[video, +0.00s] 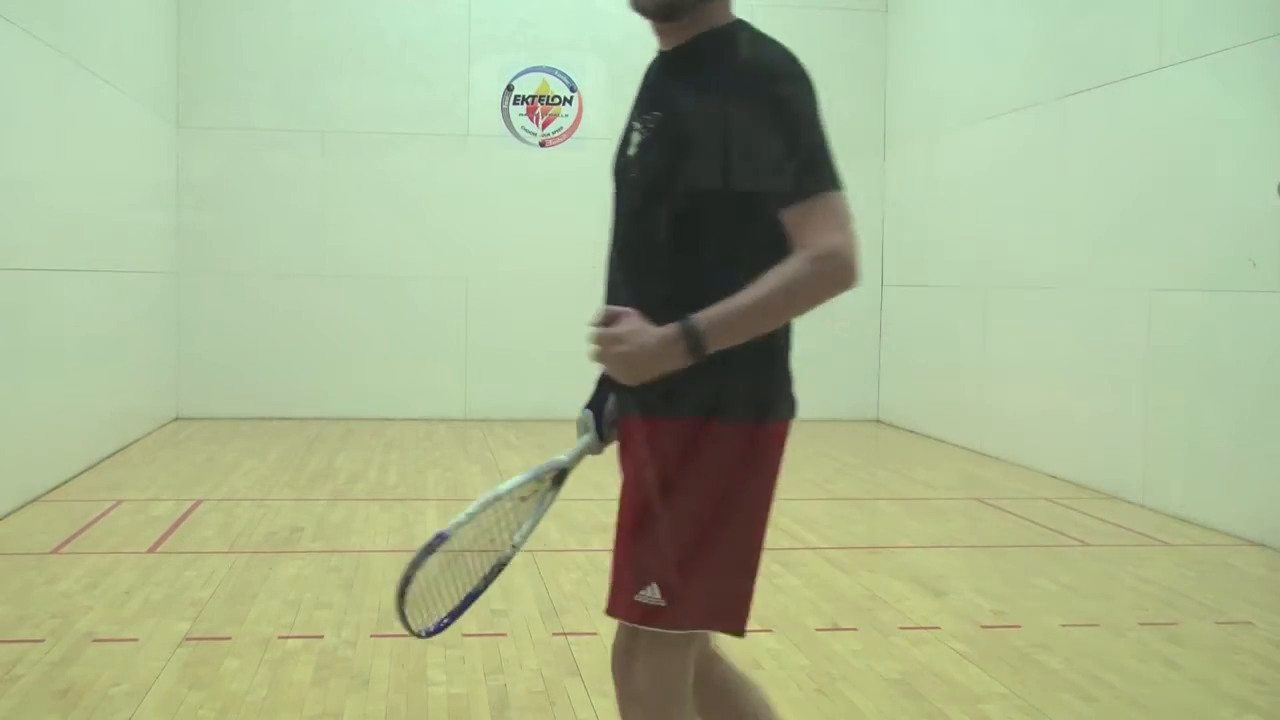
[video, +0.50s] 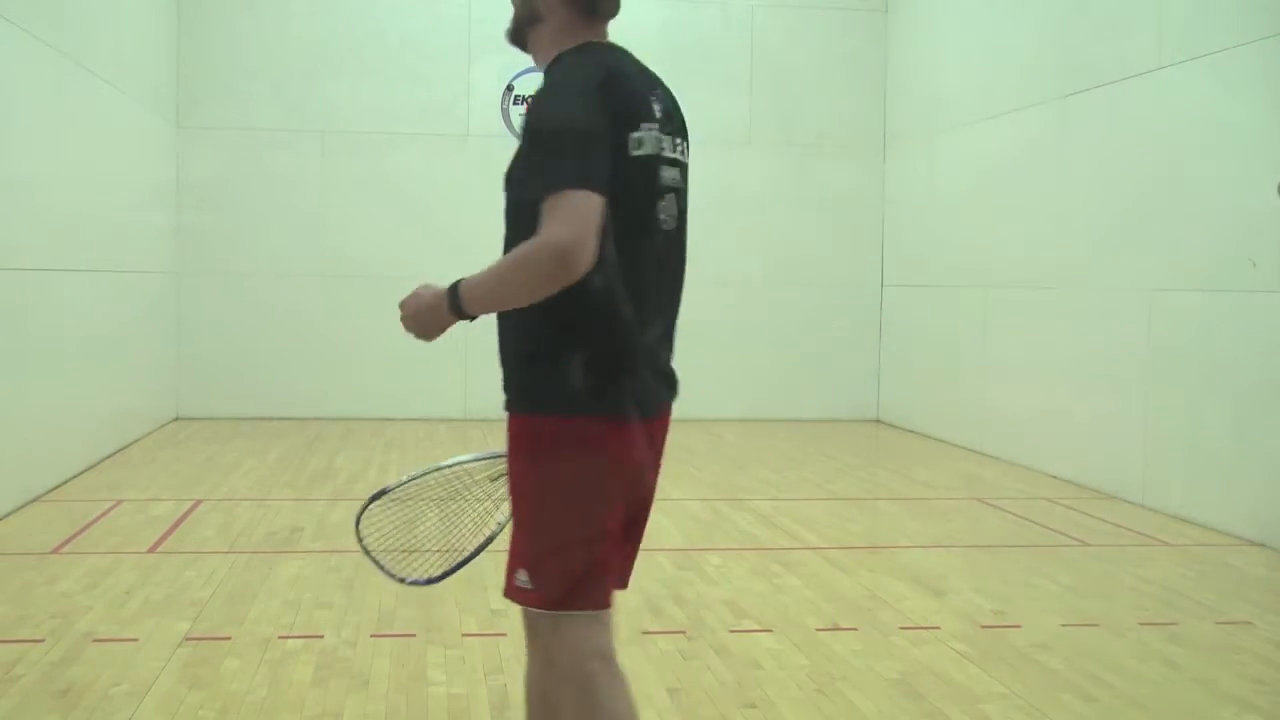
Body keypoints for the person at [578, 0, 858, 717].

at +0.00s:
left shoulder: (757, 73)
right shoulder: (668, 74)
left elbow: (831, 259)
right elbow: (680, 254)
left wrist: (675, 343)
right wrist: (624, 379)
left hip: (719, 410)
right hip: (666, 404)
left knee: (649, 666)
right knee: (680, 653)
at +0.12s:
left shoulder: (727, 69)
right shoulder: (643, 75)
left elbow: (779, 257)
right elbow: (658, 247)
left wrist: (618, 328)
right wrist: (604, 370)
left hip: (693, 405)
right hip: (644, 399)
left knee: (646, 651)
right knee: (609, 636)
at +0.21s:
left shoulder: (697, 65)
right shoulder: (625, 71)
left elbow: (727, 252)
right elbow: (632, 245)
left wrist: (560, 307)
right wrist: (586, 377)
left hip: (668, 401)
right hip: (622, 395)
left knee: (643, 650)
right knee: (579, 616)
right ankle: (667, 704)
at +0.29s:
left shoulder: (662, 66)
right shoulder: (613, 73)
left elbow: (680, 251)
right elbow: (625, 251)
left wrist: (515, 289)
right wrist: (575, 389)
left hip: (647, 401)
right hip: (606, 397)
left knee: (625, 630)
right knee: (569, 605)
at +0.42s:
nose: (517, 6)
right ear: (599, 3)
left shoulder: (608, 72)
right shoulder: (623, 76)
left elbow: (609, 250)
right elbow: (624, 278)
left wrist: (470, 290)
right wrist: (556, 418)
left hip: (610, 403)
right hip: (592, 401)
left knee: (609, 640)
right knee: (559, 613)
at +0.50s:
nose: (512, 9)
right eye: (517, 1)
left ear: (539, 5)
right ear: (603, 9)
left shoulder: (578, 83)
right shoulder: (647, 91)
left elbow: (566, 247)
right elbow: (629, 274)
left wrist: (452, 300)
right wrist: (540, 405)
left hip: (576, 406)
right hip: (623, 399)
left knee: (570, 632)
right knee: (561, 620)